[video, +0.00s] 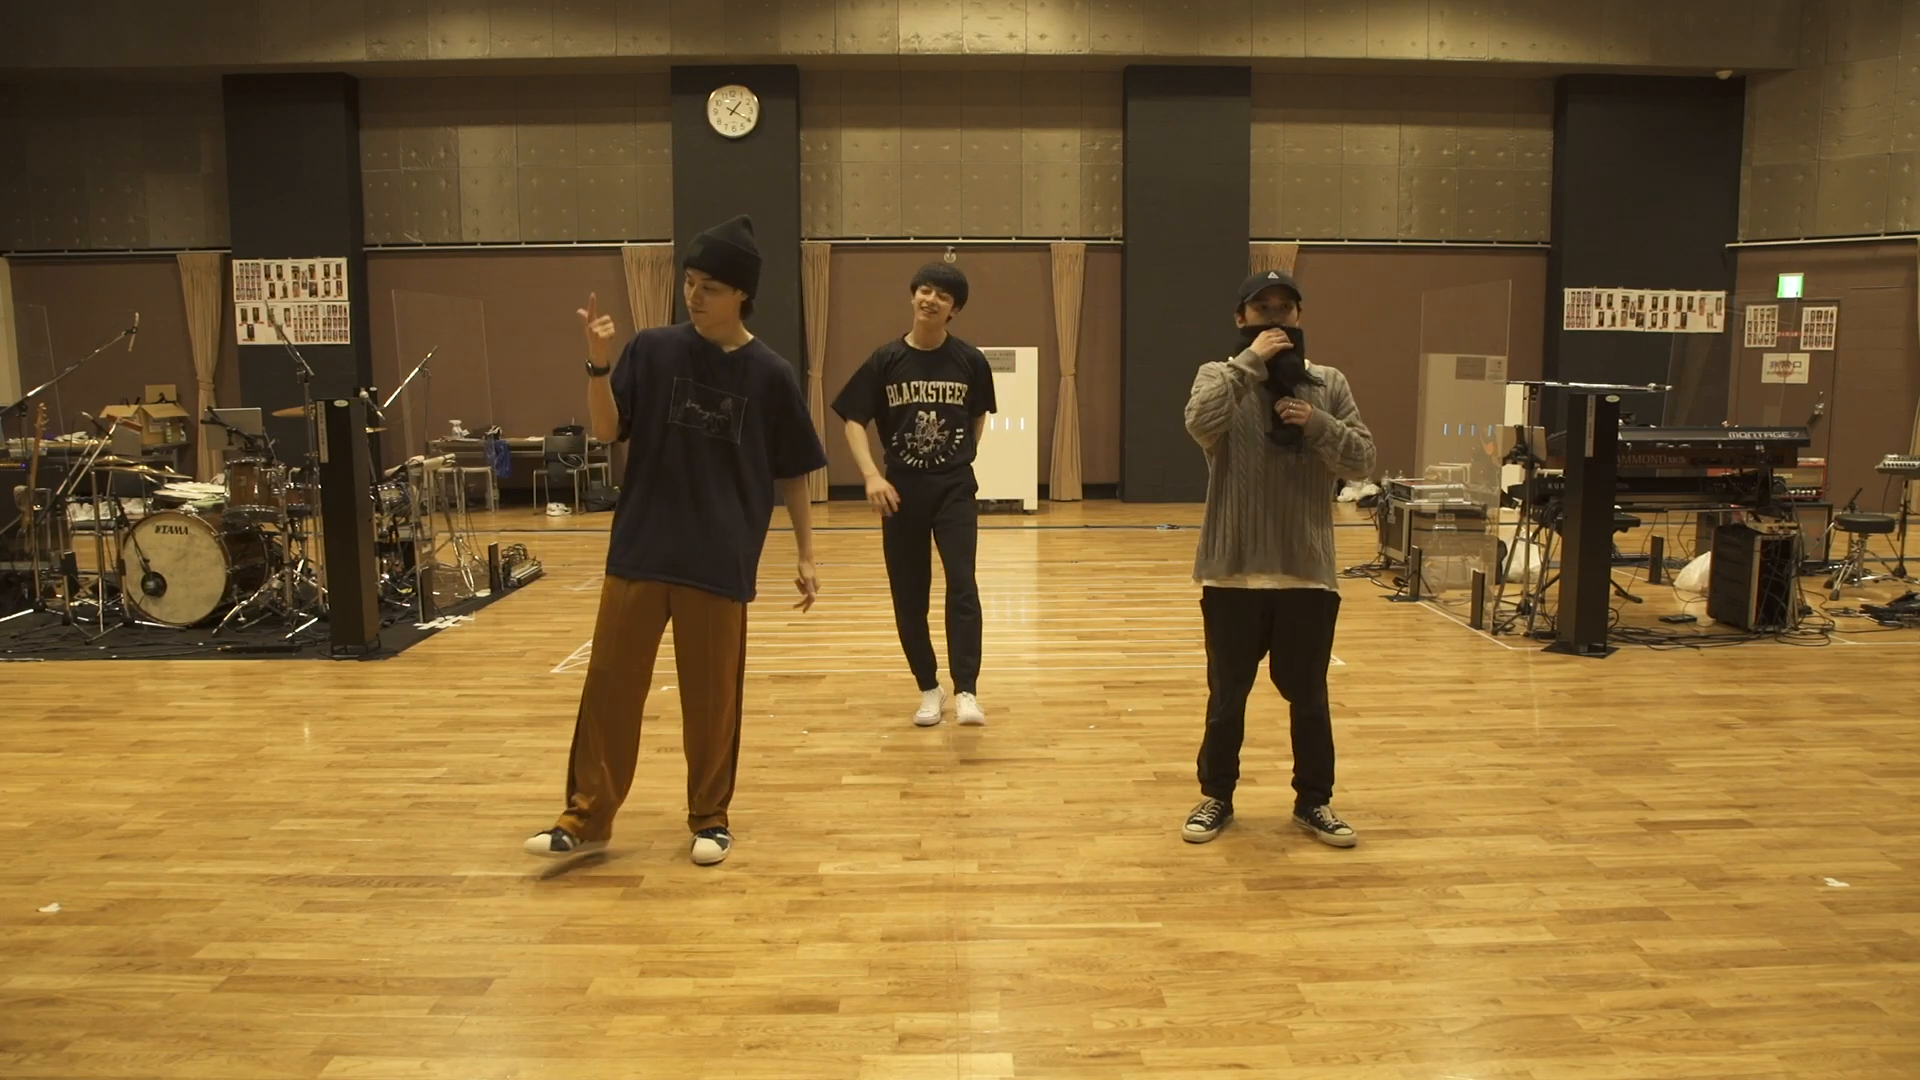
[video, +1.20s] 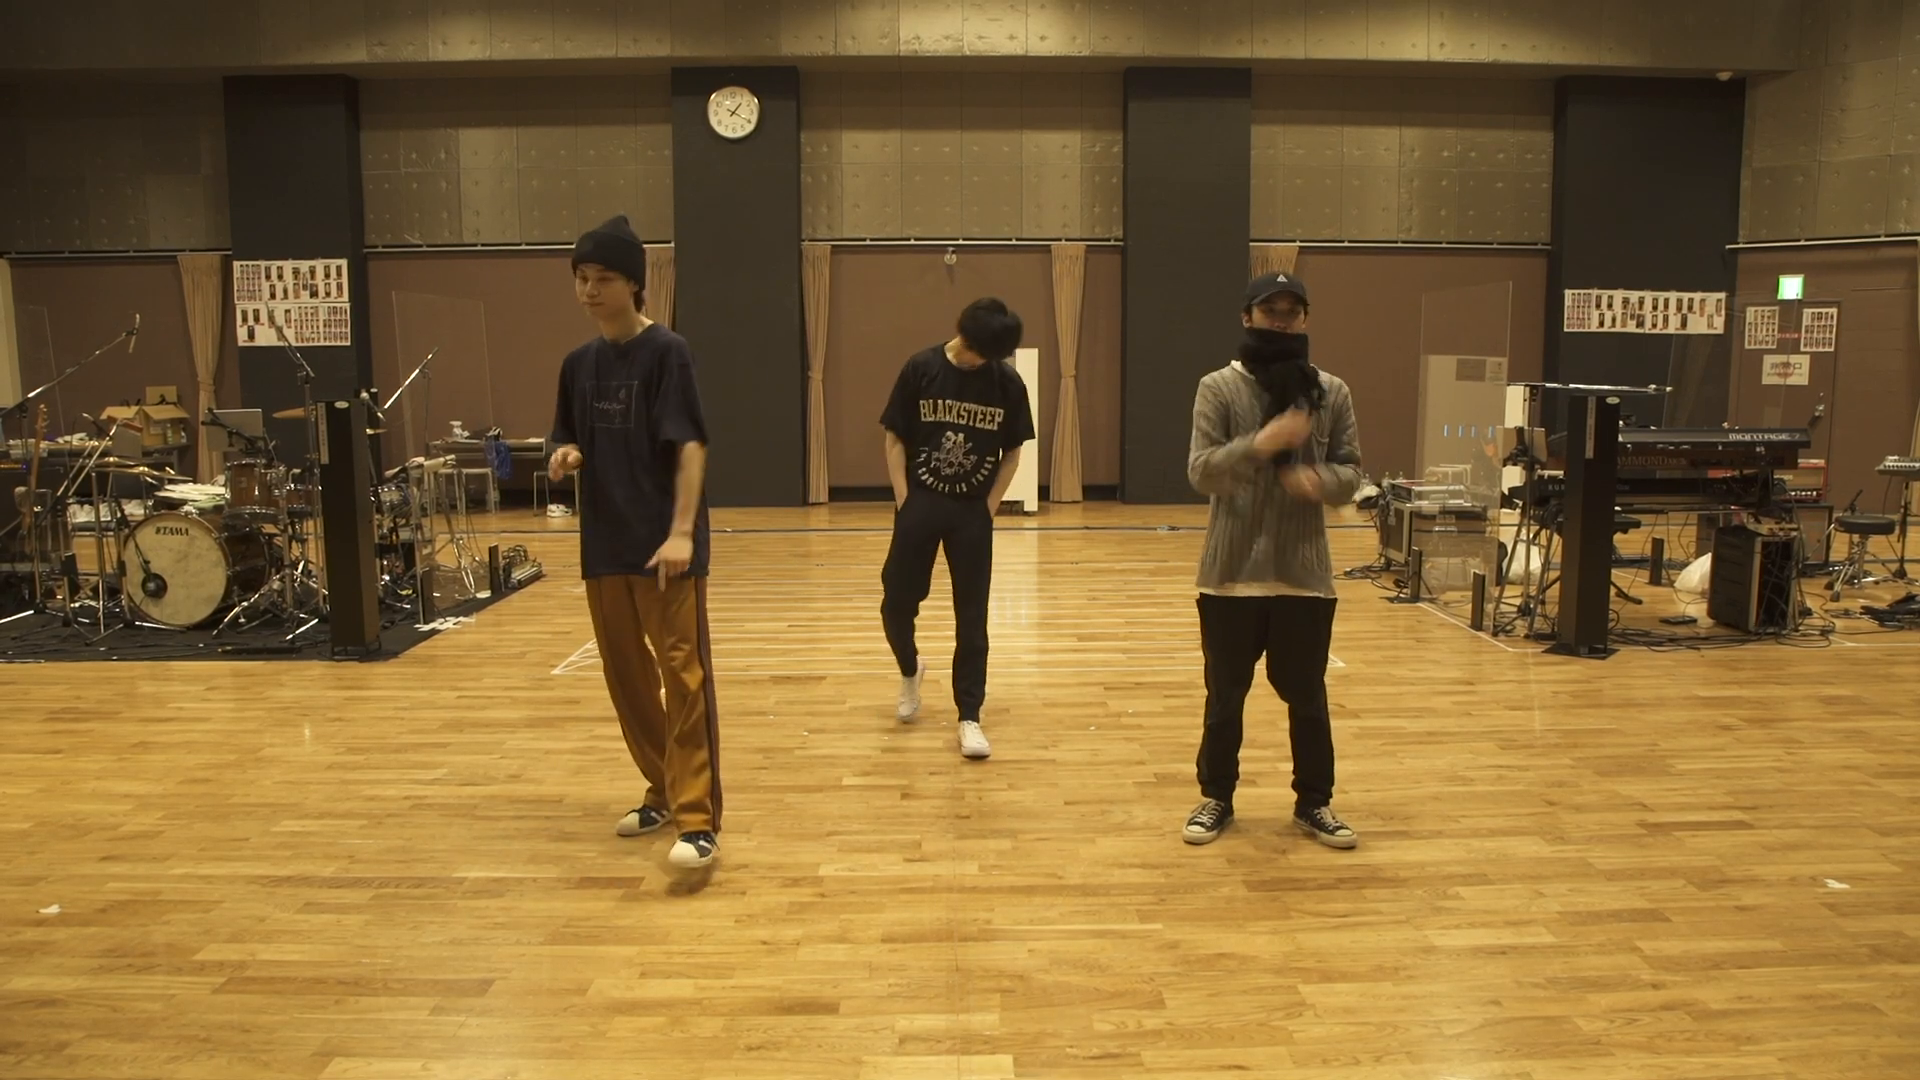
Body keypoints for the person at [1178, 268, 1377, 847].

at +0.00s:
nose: (1277, 319)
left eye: (1286, 308)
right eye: (1264, 309)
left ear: (1300, 317)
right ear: (1243, 318)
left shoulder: (1328, 383)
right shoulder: (1221, 377)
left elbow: (1363, 462)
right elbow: (1200, 422)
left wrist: (1316, 423)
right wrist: (1250, 360)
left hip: (1307, 571)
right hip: (1232, 570)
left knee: (1309, 696)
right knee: (1226, 696)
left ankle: (1314, 803)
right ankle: (1215, 799)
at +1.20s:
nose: (1284, 322)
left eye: (1293, 312)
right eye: (1272, 311)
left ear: (1305, 320)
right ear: (1249, 318)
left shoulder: (1331, 392)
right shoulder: (1218, 387)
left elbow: (1350, 474)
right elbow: (1201, 472)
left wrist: (1319, 480)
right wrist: (1260, 442)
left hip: (1304, 574)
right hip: (1230, 573)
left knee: (1307, 697)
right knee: (1223, 697)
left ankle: (1314, 805)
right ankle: (1215, 801)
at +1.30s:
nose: (1285, 321)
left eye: (1294, 311)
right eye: (1273, 311)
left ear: (1305, 319)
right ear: (1249, 317)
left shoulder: (1331, 393)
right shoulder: (1216, 392)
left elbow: (1350, 475)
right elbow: (1190, 472)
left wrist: (1367, 519)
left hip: (1304, 578)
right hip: (1230, 577)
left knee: (1307, 698)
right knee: (1223, 699)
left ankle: (1314, 804)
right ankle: (1215, 800)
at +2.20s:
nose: (1280, 336)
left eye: (1289, 326)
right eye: (1268, 325)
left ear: (1300, 328)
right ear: (1240, 325)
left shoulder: (1316, 388)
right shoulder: (1202, 390)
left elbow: (1344, 461)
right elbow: (1163, 470)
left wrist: (1383, 476)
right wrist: (1182, 485)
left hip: (1292, 580)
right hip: (1219, 581)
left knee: (1309, 697)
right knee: (1215, 700)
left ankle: (1319, 802)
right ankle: (1214, 799)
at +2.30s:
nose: (1278, 334)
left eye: (1287, 324)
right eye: (1267, 324)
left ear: (1298, 328)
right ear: (1239, 323)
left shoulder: (1310, 385)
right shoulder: (1203, 382)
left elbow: (1344, 458)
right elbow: (1175, 457)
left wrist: (1349, 407)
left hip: (1293, 572)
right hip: (1219, 573)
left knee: (1307, 689)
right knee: (1215, 693)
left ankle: (1318, 792)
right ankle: (1214, 797)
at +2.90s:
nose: (1311, 328)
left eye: (1320, 318)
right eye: (1299, 318)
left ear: (1330, 323)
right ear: (1274, 322)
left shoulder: (1348, 376)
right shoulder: (1242, 378)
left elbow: (1383, 460)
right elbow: (1212, 465)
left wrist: (1377, 437)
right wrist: (1217, 436)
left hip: (1317, 561)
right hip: (1249, 559)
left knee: (1303, 680)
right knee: (1232, 679)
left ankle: (1294, 779)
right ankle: (1223, 787)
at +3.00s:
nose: (1313, 324)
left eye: (1321, 314)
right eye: (1301, 314)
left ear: (1332, 321)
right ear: (1274, 320)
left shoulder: (1350, 377)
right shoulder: (1240, 380)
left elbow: (1376, 446)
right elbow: (1209, 448)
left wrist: (1389, 491)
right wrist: (1189, 473)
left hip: (1317, 566)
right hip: (1248, 565)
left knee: (1302, 682)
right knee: (1237, 680)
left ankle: (1294, 781)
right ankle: (1236, 785)